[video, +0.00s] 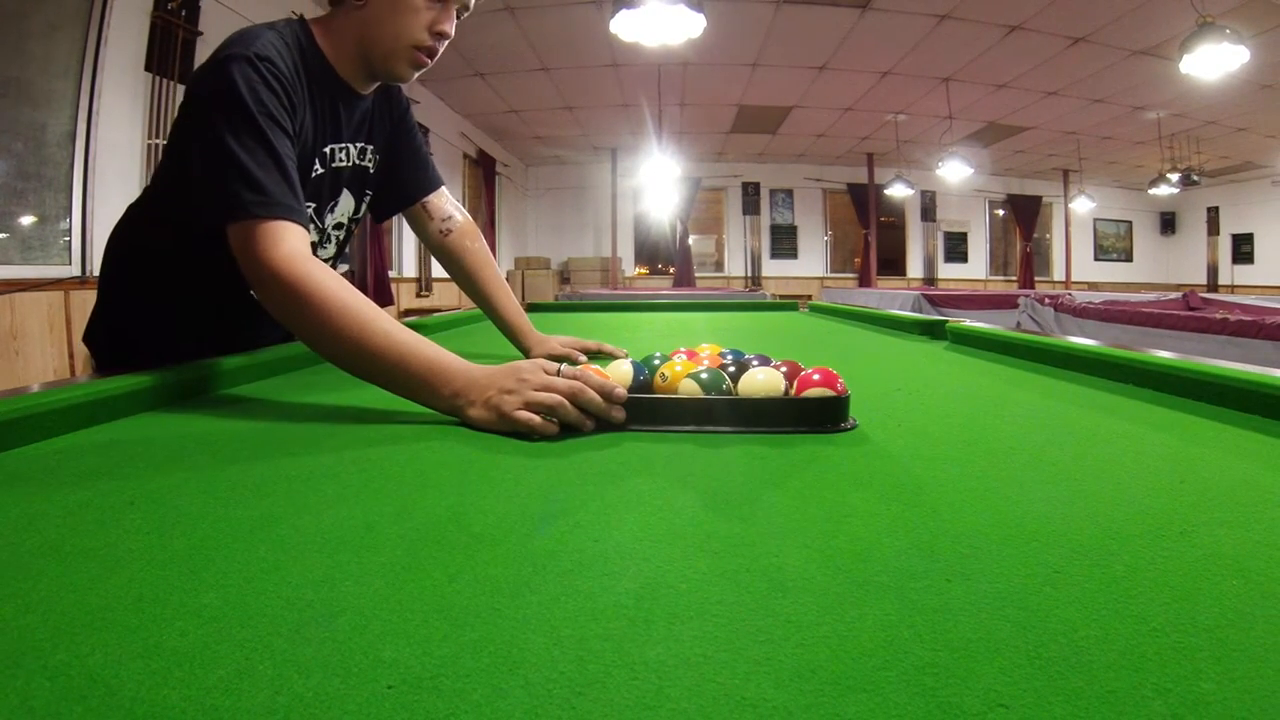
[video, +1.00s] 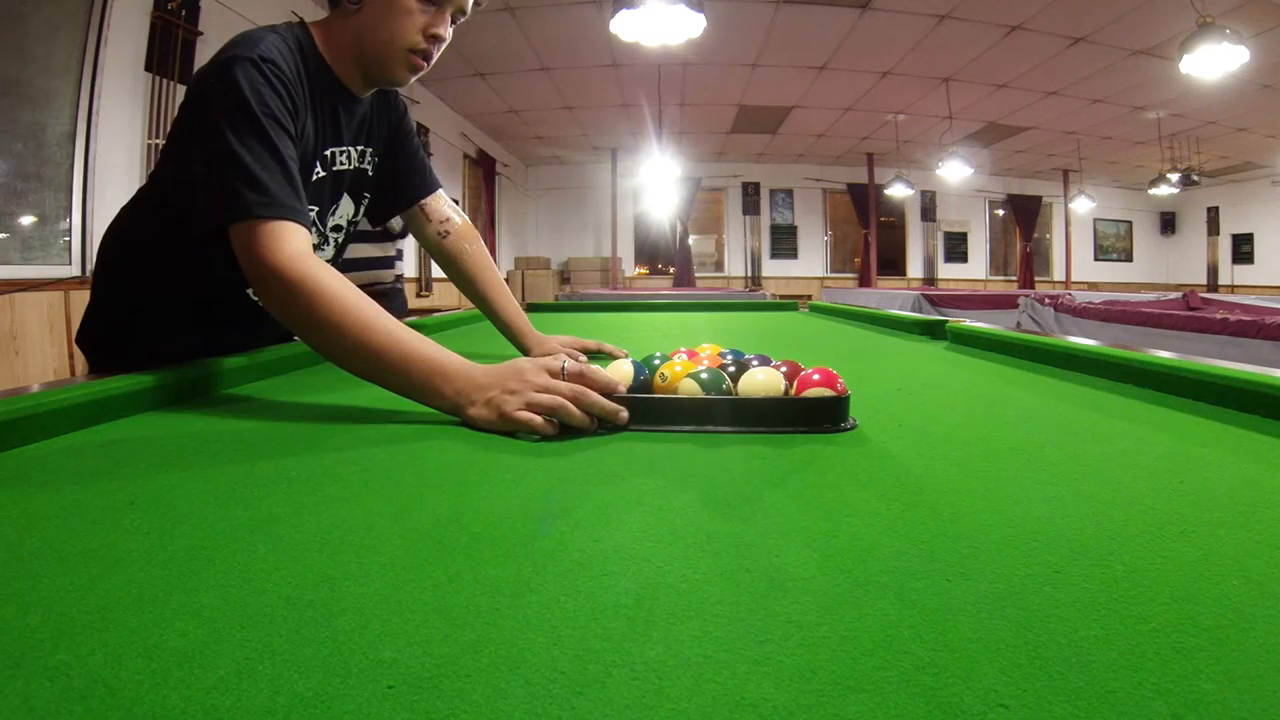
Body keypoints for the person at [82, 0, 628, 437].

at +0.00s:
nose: (449, 29)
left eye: (457, 13)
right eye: (437, 3)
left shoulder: (384, 98)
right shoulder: (255, 66)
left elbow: (445, 223)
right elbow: (276, 264)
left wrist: (527, 334)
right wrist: (467, 384)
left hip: (271, 345)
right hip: (160, 350)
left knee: (253, 533)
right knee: (147, 543)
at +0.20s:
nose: (445, 26)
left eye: (455, 11)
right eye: (433, 0)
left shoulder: (383, 99)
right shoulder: (255, 69)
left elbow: (444, 224)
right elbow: (278, 265)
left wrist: (527, 334)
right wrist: (468, 384)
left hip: (272, 341)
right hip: (160, 346)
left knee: (254, 529)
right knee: (149, 538)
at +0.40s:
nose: (445, 28)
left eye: (454, 12)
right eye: (431, 1)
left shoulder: (384, 100)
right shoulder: (255, 69)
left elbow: (444, 224)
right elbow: (279, 266)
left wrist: (527, 334)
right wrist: (468, 384)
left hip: (271, 342)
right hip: (159, 347)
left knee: (252, 530)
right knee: (147, 541)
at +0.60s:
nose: (444, 30)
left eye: (454, 14)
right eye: (431, 2)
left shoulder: (385, 101)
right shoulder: (256, 70)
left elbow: (445, 225)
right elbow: (277, 265)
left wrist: (528, 336)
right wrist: (466, 384)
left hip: (270, 343)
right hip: (158, 348)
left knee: (251, 533)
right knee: (146, 542)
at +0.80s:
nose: (443, 31)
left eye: (453, 15)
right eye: (429, 4)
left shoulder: (384, 102)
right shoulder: (255, 71)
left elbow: (444, 225)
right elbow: (279, 268)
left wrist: (529, 337)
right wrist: (468, 384)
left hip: (265, 337)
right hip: (155, 343)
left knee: (247, 528)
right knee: (143, 538)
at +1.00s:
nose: (442, 34)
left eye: (453, 18)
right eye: (429, 5)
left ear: (454, 26)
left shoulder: (383, 102)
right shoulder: (255, 71)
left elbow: (441, 224)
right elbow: (278, 267)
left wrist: (529, 337)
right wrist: (468, 384)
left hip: (263, 336)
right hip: (152, 342)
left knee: (243, 527)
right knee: (140, 537)